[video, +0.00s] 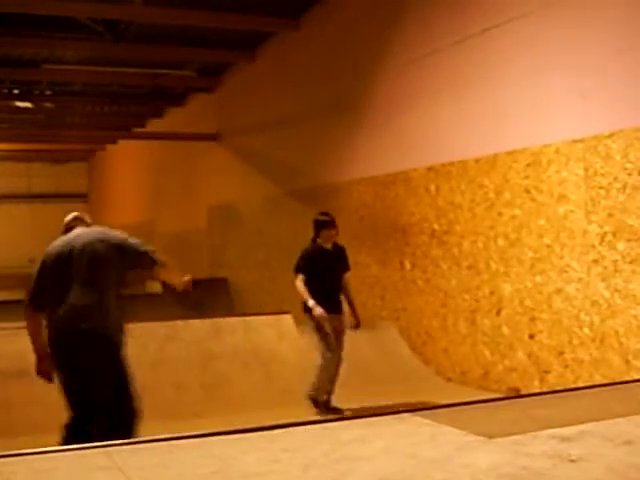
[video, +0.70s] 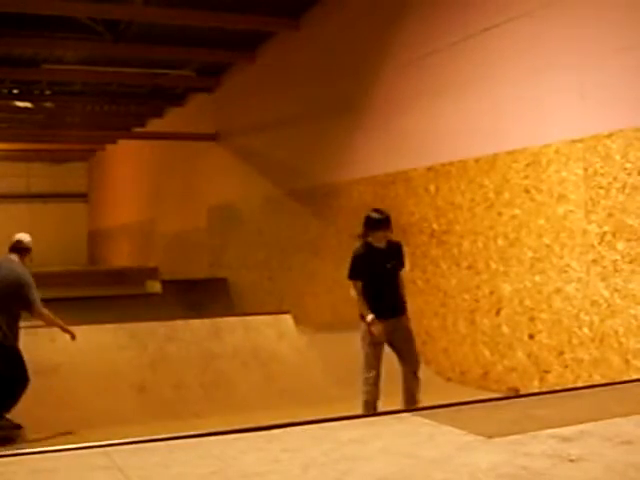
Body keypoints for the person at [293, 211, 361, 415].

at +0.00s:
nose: (333, 234)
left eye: (334, 229)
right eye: (329, 230)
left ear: (336, 231)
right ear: (319, 232)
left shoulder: (339, 252)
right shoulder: (309, 253)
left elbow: (344, 283)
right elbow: (299, 281)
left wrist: (354, 311)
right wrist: (313, 305)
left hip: (335, 307)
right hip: (317, 308)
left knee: (336, 352)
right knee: (330, 351)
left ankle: (326, 396)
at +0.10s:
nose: (337, 237)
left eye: (340, 233)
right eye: (334, 233)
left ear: (343, 233)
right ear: (325, 234)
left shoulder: (347, 253)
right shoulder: (316, 255)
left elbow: (352, 279)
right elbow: (304, 280)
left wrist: (360, 299)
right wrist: (309, 304)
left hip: (343, 308)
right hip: (325, 309)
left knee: (336, 353)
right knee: (338, 354)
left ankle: (325, 395)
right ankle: (341, 402)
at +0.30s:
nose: (353, 244)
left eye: (355, 239)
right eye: (349, 240)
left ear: (358, 239)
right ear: (340, 242)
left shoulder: (364, 258)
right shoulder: (333, 263)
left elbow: (371, 289)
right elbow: (324, 294)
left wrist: (383, 316)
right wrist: (324, 325)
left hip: (361, 318)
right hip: (343, 319)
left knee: (347, 361)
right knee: (360, 365)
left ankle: (327, 393)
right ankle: (367, 409)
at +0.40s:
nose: (359, 241)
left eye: (361, 236)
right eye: (354, 238)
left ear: (365, 236)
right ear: (346, 240)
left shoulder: (373, 256)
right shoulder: (340, 261)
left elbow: (380, 288)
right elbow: (334, 295)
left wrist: (388, 316)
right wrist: (339, 327)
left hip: (370, 316)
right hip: (352, 317)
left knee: (369, 364)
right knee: (365, 364)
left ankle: (340, 389)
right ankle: (369, 407)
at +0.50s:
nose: (366, 237)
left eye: (368, 232)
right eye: (361, 233)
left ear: (372, 232)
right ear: (353, 235)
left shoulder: (380, 251)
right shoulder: (347, 257)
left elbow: (385, 284)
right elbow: (345, 291)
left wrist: (393, 313)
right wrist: (353, 321)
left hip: (381, 319)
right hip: (362, 321)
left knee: (388, 364)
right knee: (368, 368)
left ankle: (357, 388)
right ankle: (369, 409)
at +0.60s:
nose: (373, 235)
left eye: (375, 229)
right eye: (368, 230)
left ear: (379, 229)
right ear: (360, 231)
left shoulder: (386, 248)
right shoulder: (353, 253)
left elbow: (391, 277)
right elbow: (351, 286)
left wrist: (396, 308)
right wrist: (359, 315)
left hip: (390, 315)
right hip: (368, 318)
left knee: (403, 360)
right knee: (370, 367)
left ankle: (385, 392)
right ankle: (370, 408)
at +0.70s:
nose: (383, 235)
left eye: (386, 230)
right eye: (379, 230)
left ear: (389, 230)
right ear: (369, 231)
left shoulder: (395, 249)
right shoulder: (361, 254)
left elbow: (398, 277)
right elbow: (356, 287)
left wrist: (403, 308)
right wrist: (368, 316)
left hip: (397, 316)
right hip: (374, 319)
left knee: (411, 363)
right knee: (371, 371)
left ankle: (411, 407)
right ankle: (370, 413)